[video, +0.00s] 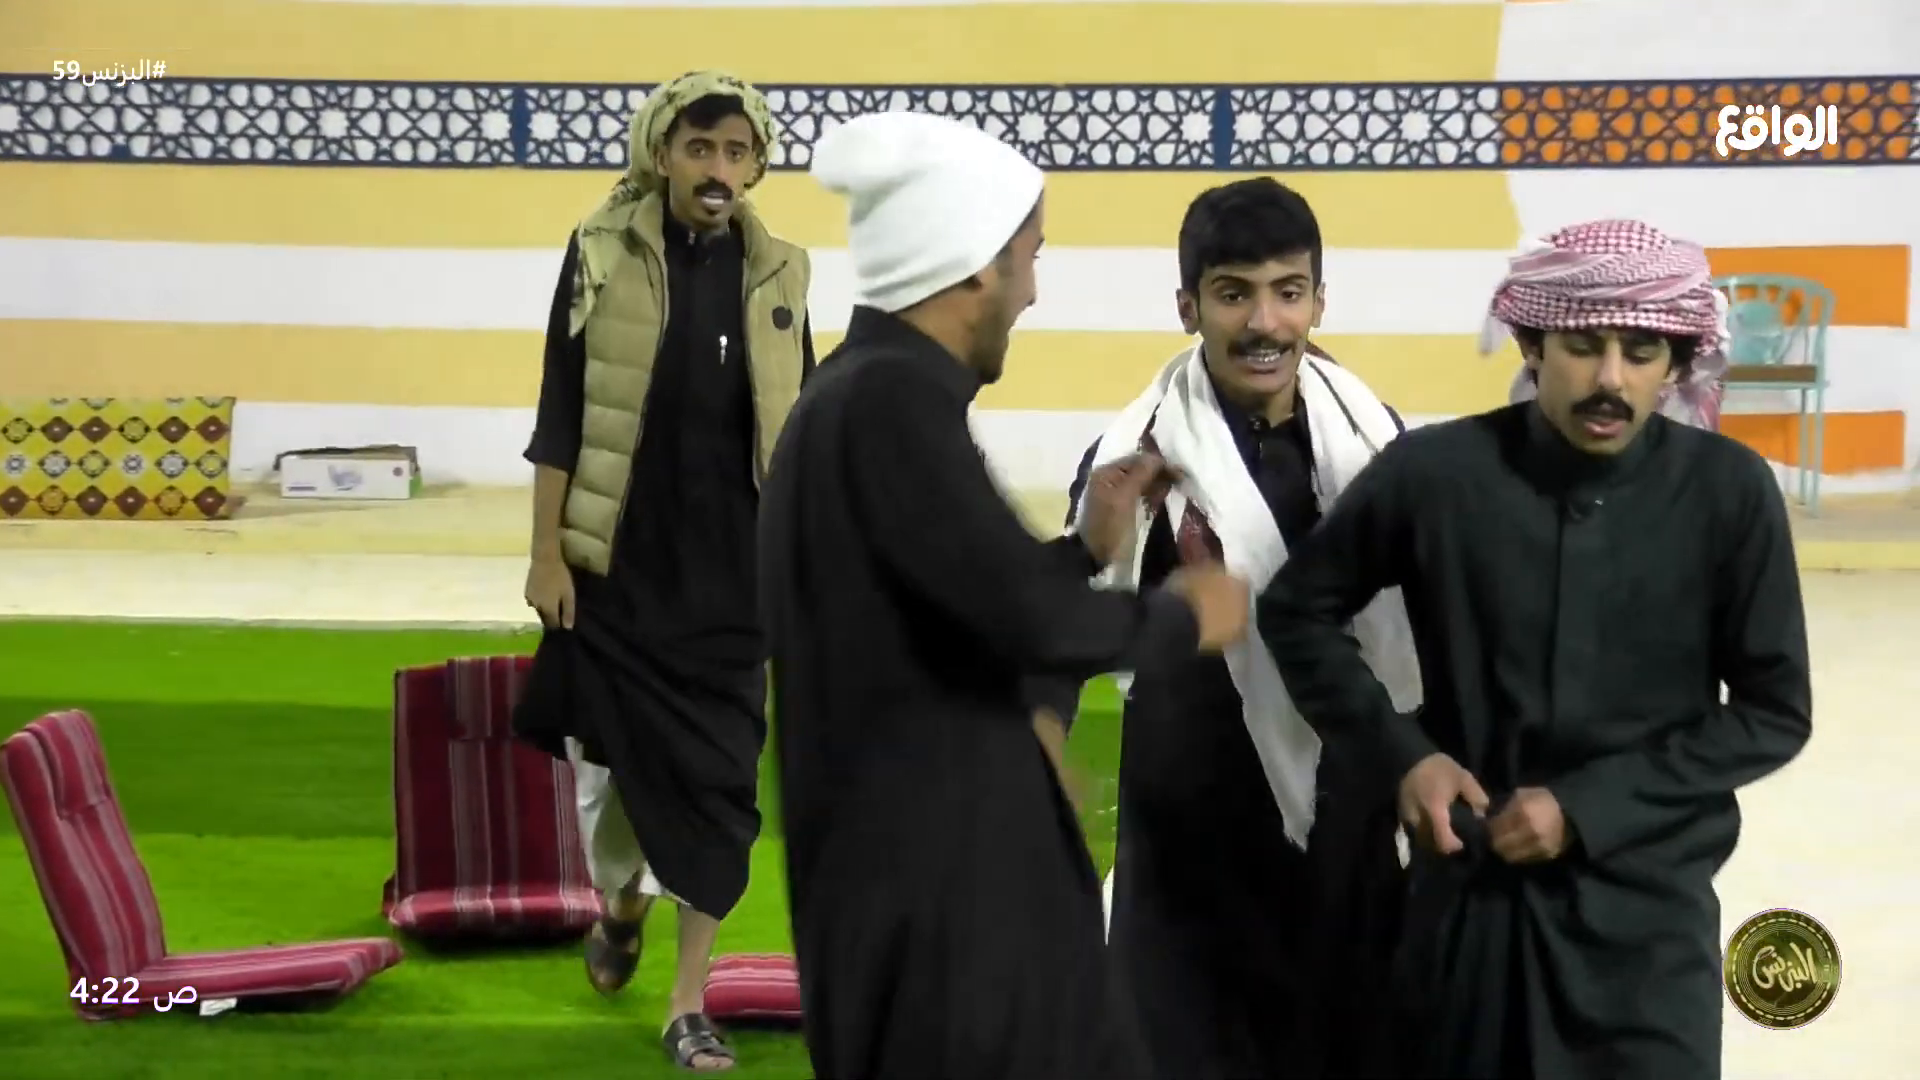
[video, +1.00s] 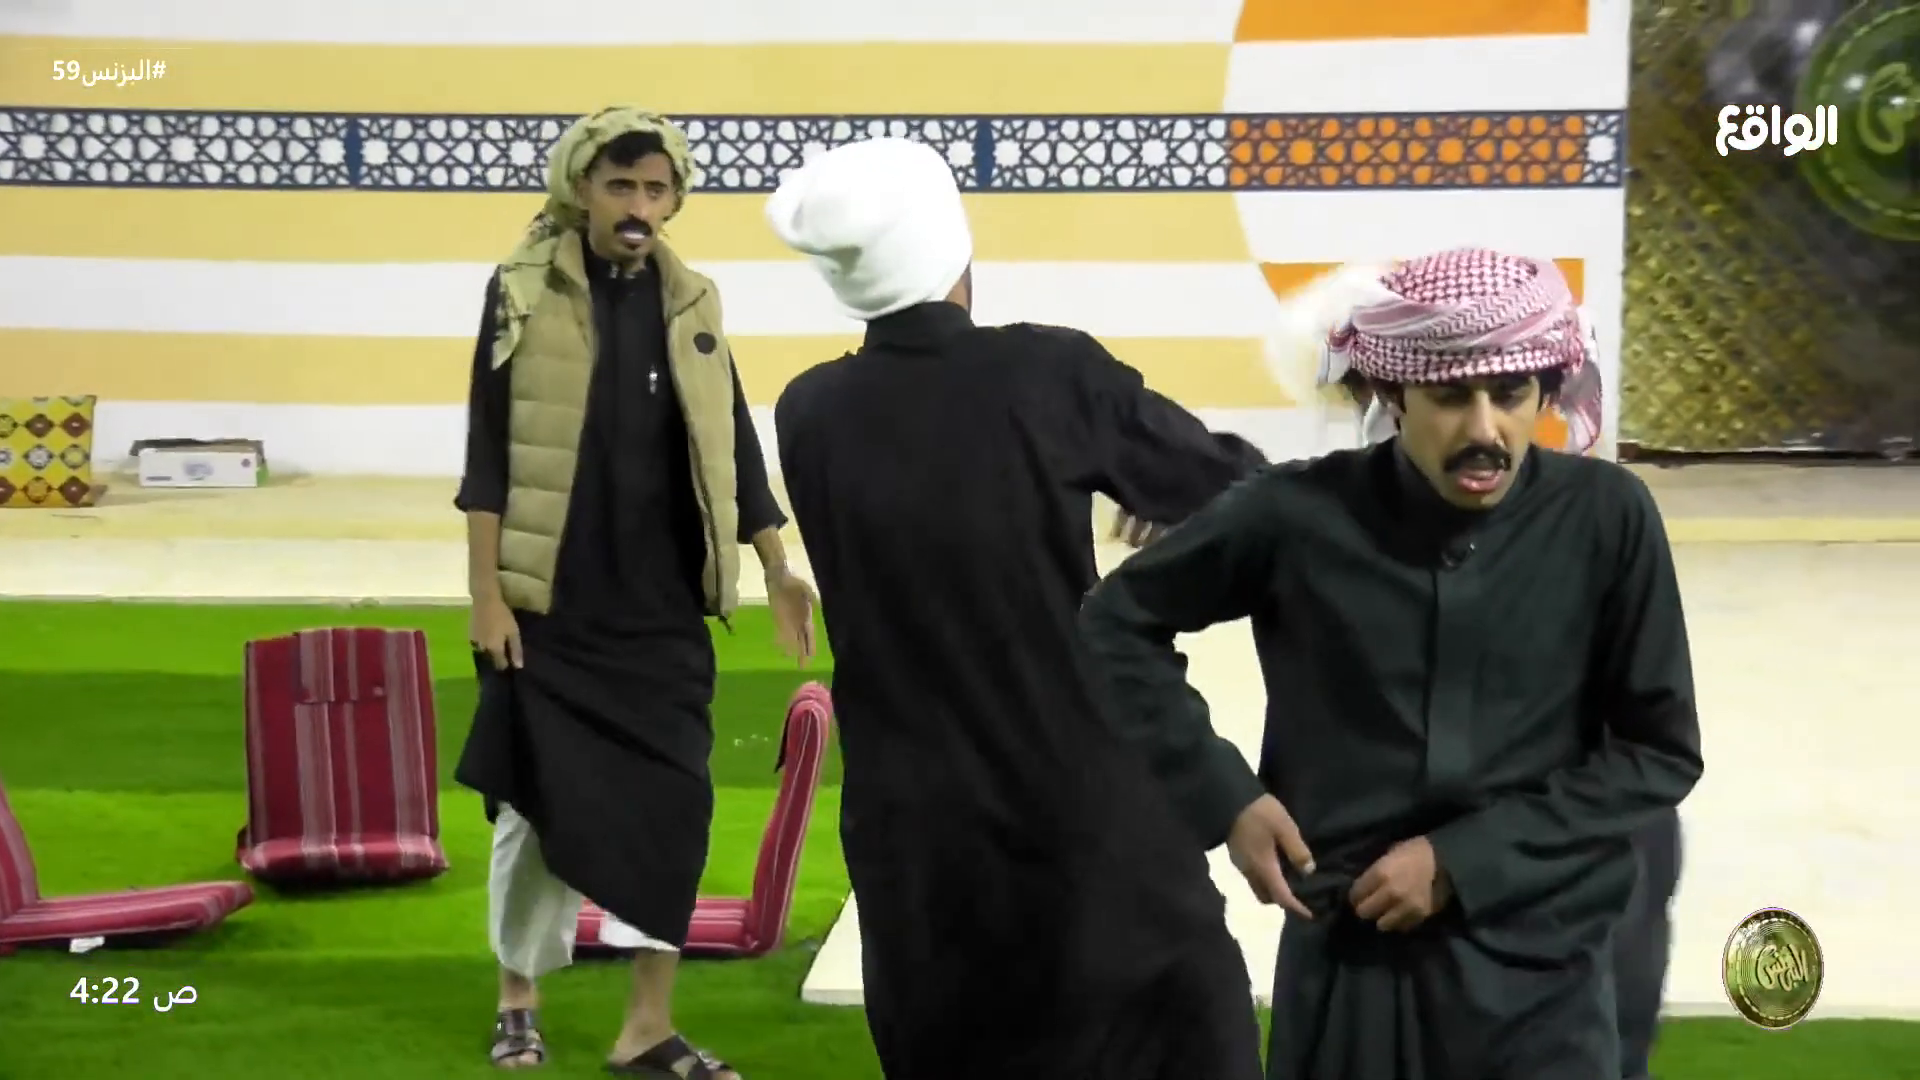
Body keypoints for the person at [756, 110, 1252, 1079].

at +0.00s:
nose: (1034, 289)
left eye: (1033, 257)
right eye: (1029, 257)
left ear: (956, 266)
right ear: (975, 268)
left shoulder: (844, 400)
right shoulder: (897, 402)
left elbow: (948, 617)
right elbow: (1017, 616)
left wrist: (1087, 550)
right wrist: (1179, 619)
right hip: (955, 904)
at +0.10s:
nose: (1057, 278)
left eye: (1058, 247)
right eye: (1053, 247)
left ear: (958, 248)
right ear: (1001, 253)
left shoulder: (843, 390)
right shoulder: (942, 388)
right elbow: (1128, 608)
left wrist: (1057, 508)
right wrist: (1199, 546)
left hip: (902, 902)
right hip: (997, 911)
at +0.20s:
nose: (1096, 268)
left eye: (1093, 242)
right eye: (1093, 244)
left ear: (956, 248)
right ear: (1060, 255)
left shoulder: (860, 397)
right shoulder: (1011, 388)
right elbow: (1187, 592)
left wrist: (1106, 499)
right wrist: (1269, 505)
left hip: (916, 908)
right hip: (1042, 915)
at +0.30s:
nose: (1108, 273)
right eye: (1107, 250)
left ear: (970, 257)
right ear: (1086, 260)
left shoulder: (884, 394)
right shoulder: (1058, 395)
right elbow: (1216, 595)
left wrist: (1109, 452)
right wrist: (1301, 501)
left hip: (921, 864)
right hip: (1054, 870)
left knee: (946, 1052)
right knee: (1067, 1053)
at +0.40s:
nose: (1127, 286)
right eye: (1126, 264)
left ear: (981, 269)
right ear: (1099, 273)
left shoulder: (908, 394)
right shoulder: (1108, 404)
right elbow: (1217, 610)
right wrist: (1268, 461)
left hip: (925, 823)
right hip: (1069, 829)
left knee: (933, 1045)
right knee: (1060, 1047)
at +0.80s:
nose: (1001, 265)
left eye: (988, 243)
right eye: (994, 246)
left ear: (876, 280)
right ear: (985, 266)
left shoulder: (821, 422)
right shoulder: (1046, 389)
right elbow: (1208, 511)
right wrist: (1227, 449)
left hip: (907, 828)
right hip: (1073, 812)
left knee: (953, 1046)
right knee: (1131, 1034)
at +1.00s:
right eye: (963, 237)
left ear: (847, 283)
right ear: (962, 260)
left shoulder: (808, 415)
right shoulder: (1056, 372)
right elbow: (1237, 491)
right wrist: (1167, 528)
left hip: (908, 825)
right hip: (1082, 801)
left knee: (942, 1046)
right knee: (1171, 1037)